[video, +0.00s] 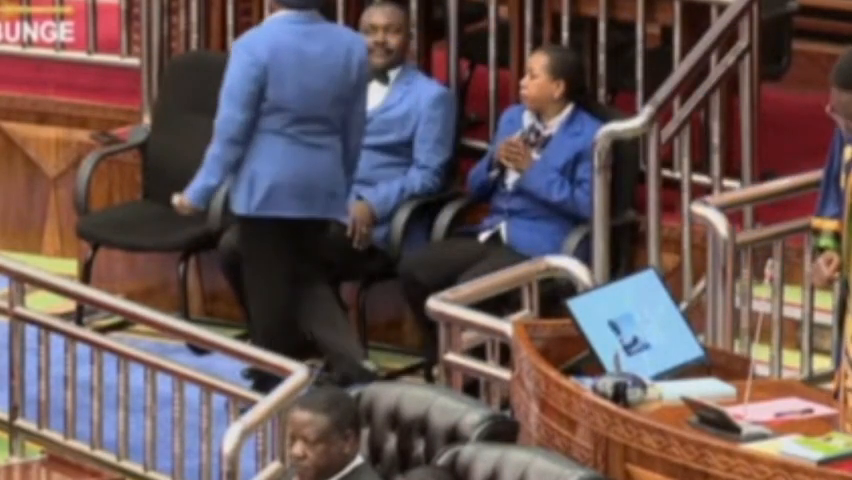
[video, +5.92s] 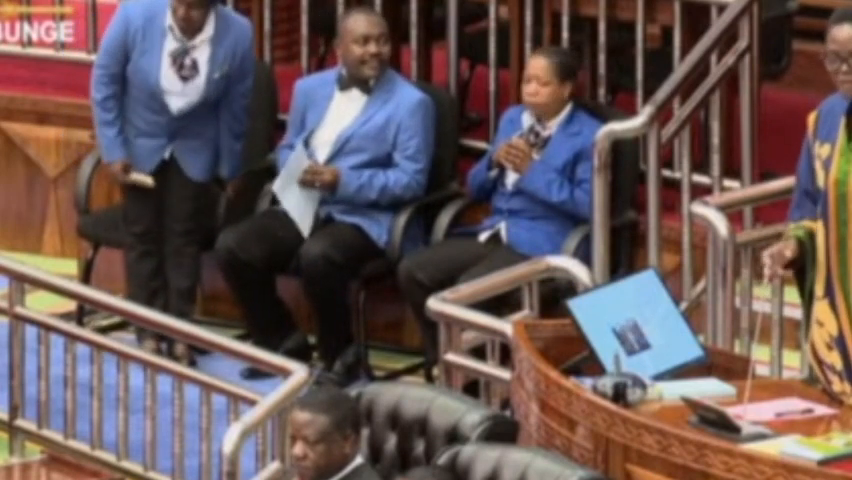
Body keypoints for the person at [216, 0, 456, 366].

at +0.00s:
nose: (379, 41)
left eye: (391, 32)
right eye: (371, 31)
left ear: (408, 39)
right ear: (359, 36)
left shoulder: (430, 96)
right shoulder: (346, 81)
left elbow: (427, 175)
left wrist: (371, 205)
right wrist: (338, 195)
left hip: (378, 224)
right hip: (323, 208)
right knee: (234, 248)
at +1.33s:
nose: (330, 51)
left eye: (336, 43)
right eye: (331, 42)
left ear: (365, 47)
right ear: (361, 46)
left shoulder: (414, 98)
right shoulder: (331, 84)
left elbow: (411, 176)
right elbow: (309, 148)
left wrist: (345, 201)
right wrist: (285, 178)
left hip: (371, 216)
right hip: (313, 203)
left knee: (310, 252)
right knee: (243, 245)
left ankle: (338, 350)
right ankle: (278, 334)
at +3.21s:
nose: (353, 44)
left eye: (363, 35)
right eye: (343, 34)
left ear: (378, 40)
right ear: (327, 39)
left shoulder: (403, 99)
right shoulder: (304, 87)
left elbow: (403, 178)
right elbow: (296, 144)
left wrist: (325, 178)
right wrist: (281, 148)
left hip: (366, 217)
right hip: (304, 210)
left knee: (314, 253)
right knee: (241, 248)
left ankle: (337, 354)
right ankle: (281, 342)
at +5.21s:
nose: (366, 53)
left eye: (373, 43)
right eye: (355, 45)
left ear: (384, 46)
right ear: (335, 50)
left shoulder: (408, 103)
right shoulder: (307, 90)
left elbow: (409, 182)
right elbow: (288, 147)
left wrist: (337, 183)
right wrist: (298, 170)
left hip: (366, 219)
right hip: (303, 210)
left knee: (317, 257)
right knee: (236, 249)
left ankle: (339, 357)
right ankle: (282, 345)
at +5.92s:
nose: (373, 51)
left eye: (380, 42)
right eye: (362, 42)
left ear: (389, 46)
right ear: (339, 48)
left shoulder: (411, 103)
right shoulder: (308, 89)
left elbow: (411, 181)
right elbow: (286, 149)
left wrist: (341, 181)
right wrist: (298, 169)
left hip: (365, 218)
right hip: (302, 210)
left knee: (318, 258)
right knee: (235, 248)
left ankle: (340, 358)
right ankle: (283, 344)